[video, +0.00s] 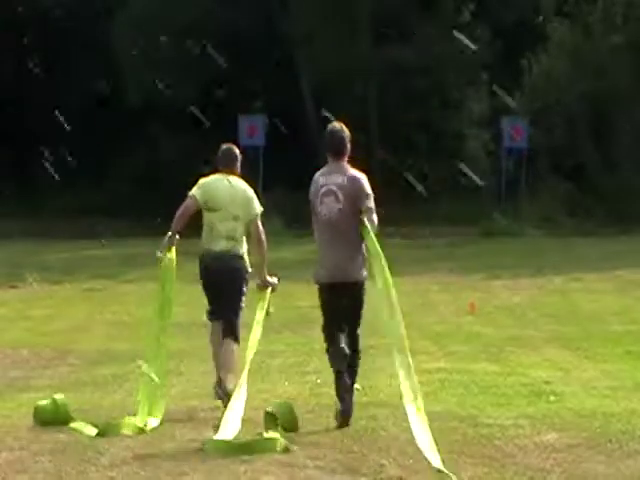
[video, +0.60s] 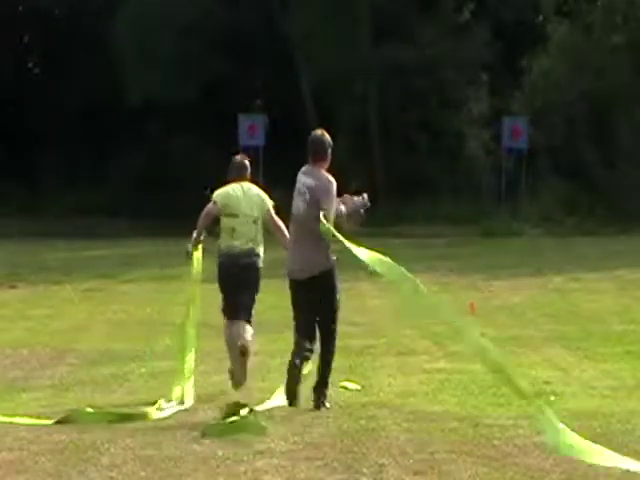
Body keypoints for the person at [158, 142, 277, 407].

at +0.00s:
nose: (239, 167)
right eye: (240, 163)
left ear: (217, 163)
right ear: (238, 164)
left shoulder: (206, 184)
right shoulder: (246, 191)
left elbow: (185, 210)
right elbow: (259, 237)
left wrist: (172, 235)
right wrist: (263, 273)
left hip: (209, 258)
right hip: (236, 259)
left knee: (216, 317)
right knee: (230, 324)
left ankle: (220, 376)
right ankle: (227, 381)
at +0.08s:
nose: (231, 168)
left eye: (222, 164)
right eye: (234, 163)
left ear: (217, 165)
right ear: (237, 165)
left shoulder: (207, 186)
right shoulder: (248, 191)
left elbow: (187, 213)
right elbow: (260, 233)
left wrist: (175, 237)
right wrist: (269, 270)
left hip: (213, 253)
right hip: (239, 253)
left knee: (222, 317)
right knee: (235, 308)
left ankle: (227, 376)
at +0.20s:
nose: (235, 175)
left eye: (228, 170)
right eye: (239, 171)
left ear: (220, 172)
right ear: (241, 172)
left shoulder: (210, 194)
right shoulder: (249, 196)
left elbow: (189, 219)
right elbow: (266, 233)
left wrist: (179, 242)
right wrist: (277, 267)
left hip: (217, 258)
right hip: (243, 257)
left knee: (222, 325)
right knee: (243, 316)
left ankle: (230, 388)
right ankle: (241, 339)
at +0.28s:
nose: (247, 170)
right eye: (247, 166)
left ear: (227, 165)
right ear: (248, 167)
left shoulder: (213, 186)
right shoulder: (253, 190)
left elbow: (192, 214)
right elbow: (270, 227)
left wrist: (184, 240)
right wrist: (282, 257)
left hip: (217, 254)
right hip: (244, 255)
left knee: (224, 320)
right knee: (242, 316)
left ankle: (229, 372)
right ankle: (244, 373)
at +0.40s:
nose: (253, 176)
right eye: (254, 172)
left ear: (233, 170)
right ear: (253, 172)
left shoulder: (220, 188)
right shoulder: (256, 194)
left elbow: (199, 215)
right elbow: (276, 230)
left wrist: (188, 241)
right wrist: (290, 254)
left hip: (217, 248)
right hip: (243, 251)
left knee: (222, 298)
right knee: (243, 320)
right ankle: (242, 376)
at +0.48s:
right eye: (251, 176)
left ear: (234, 176)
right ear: (254, 178)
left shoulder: (222, 195)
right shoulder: (260, 200)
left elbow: (202, 217)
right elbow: (278, 230)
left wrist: (191, 237)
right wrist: (295, 249)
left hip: (222, 259)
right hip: (247, 261)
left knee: (224, 313)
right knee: (245, 325)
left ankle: (227, 337)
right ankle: (240, 385)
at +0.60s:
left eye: (234, 173)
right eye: (246, 172)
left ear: (230, 174)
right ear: (249, 174)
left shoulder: (223, 193)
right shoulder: (259, 195)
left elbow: (207, 214)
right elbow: (276, 223)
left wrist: (197, 234)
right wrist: (291, 245)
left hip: (227, 255)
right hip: (251, 254)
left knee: (230, 312)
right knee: (245, 305)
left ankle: (234, 365)